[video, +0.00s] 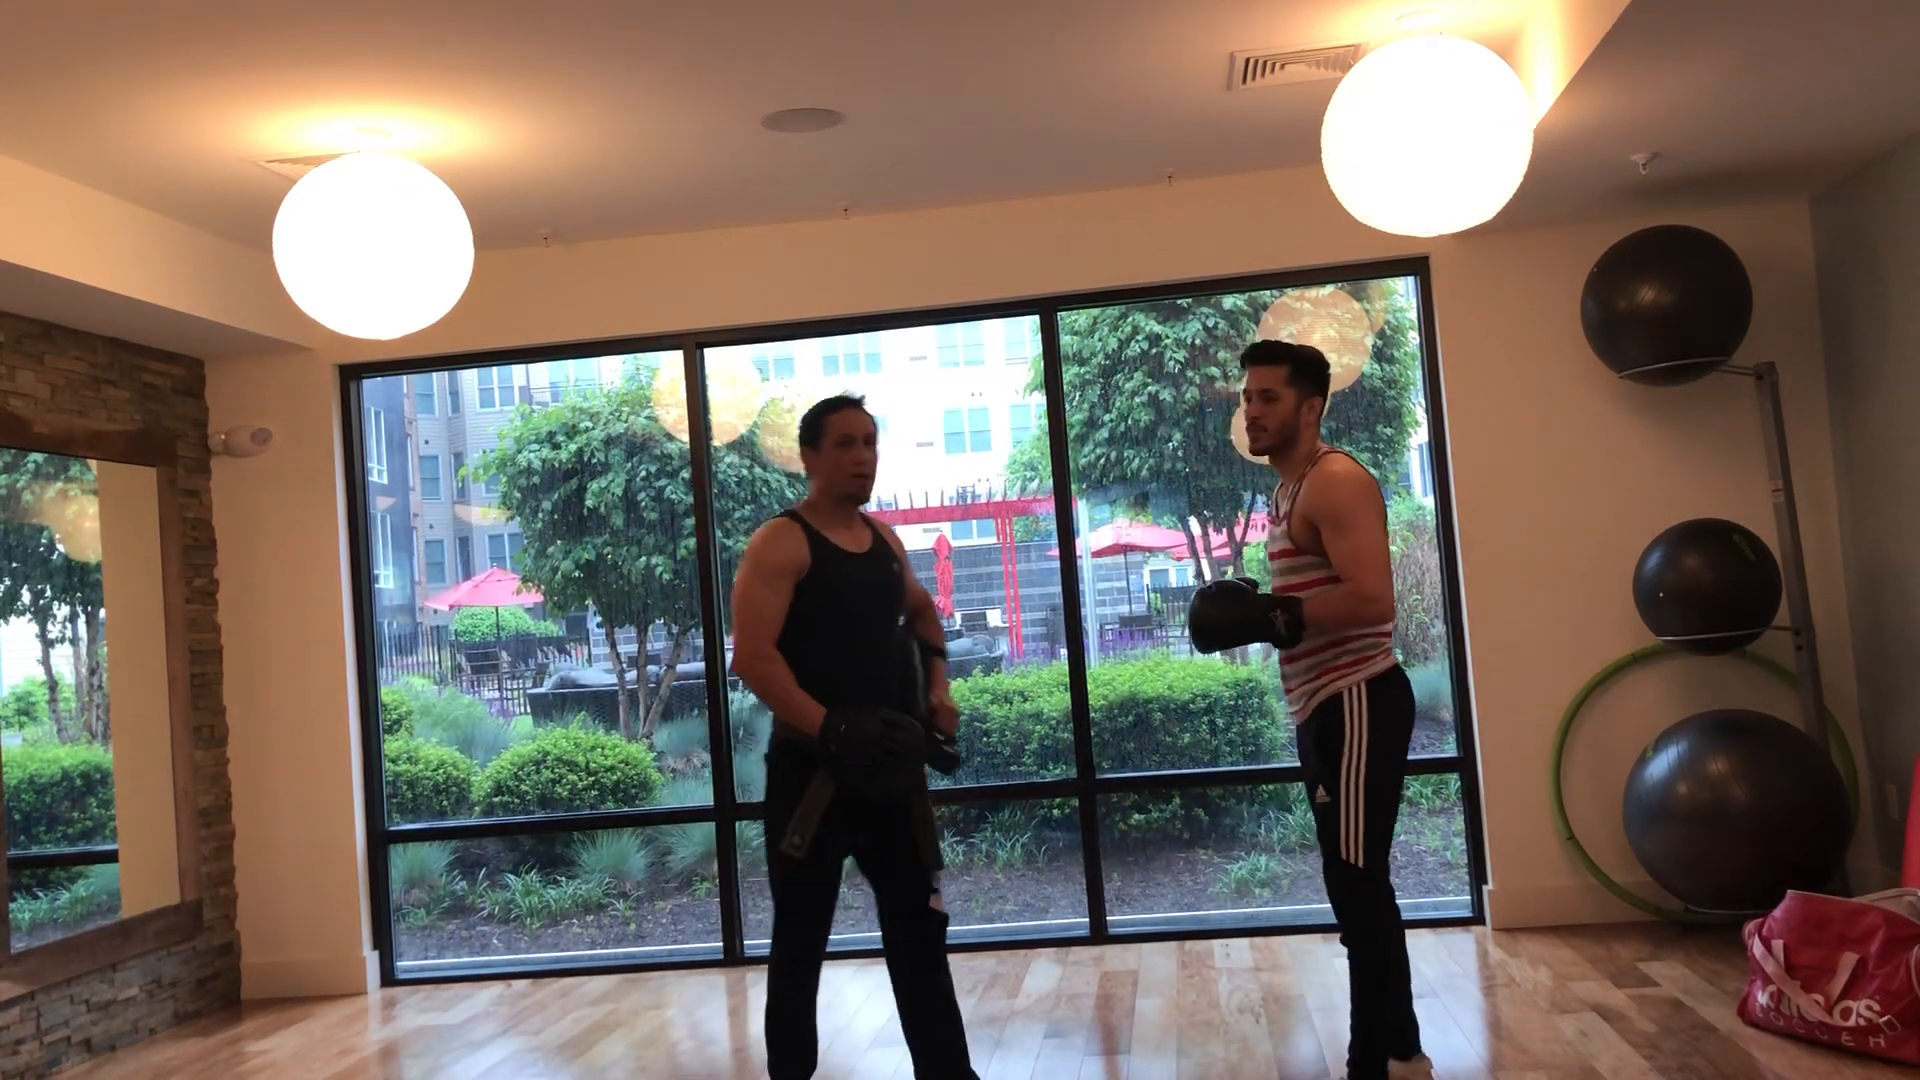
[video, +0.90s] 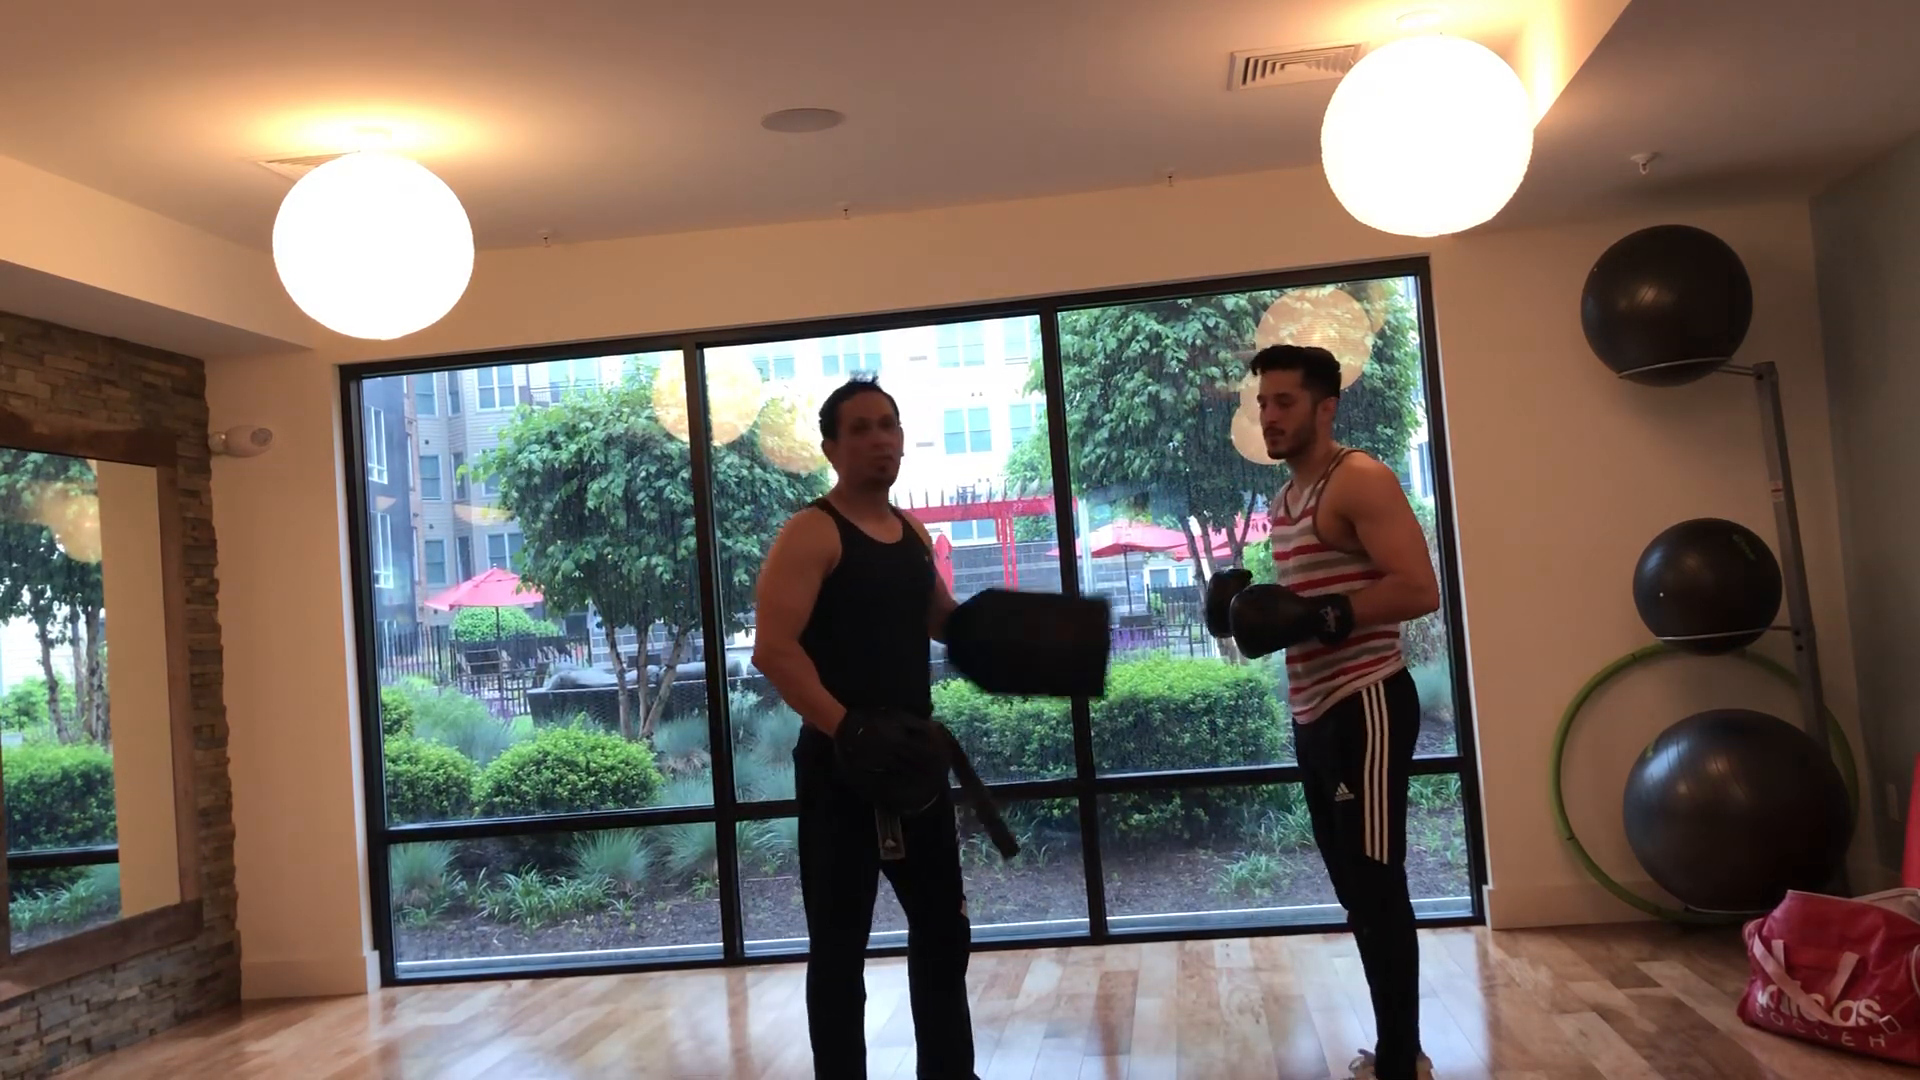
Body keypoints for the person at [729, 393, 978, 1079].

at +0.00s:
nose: (863, 457)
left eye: (870, 444)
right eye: (845, 445)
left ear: (878, 454)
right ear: (809, 458)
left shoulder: (881, 537)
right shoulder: (777, 544)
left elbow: (923, 618)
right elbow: (751, 657)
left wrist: (938, 686)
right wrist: (829, 728)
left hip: (890, 762)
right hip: (809, 768)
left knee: (918, 929)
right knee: (800, 940)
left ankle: (947, 1073)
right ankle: (790, 1073)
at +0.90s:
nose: (881, 438)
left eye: (889, 424)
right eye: (862, 428)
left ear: (903, 436)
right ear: (831, 448)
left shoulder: (910, 533)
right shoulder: (809, 533)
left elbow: (946, 622)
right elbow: (772, 649)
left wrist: (1021, 640)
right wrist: (850, 730)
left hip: (915, 754)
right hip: (836, 763)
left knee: (943, 936)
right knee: (838, 948)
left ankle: (949, 1074)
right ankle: (842, 1078)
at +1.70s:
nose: (977, 463)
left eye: (976, 449)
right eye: (965, 449)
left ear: (935, 457)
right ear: (919, 453)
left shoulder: (944, 534)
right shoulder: (865, 535)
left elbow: (945, 634)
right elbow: (842, 652)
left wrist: (1006, 658)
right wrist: (948, 672)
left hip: (946, 749)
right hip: (879, 753)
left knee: (973, 924)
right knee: (872, 937)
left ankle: (990, 1072)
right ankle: (849, 1076)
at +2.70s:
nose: (1015, 495)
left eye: (1017, 480)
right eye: (1011, 478)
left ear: (972, 474)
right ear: (971, 471)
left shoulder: (969, 549)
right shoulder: (888, 550)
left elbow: (971, 650)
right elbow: (877, 674)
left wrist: (1035, 678)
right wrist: (982, 700)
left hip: (964, 754)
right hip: (895, 760)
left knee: (1030, 909)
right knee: (898, 942)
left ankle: (1098, 1059)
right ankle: (873, 1076)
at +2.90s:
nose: (1052, 501)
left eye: (1053, 486)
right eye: (1046, 485)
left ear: (1007, 482)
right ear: (1007, 481)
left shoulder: (1011, 559)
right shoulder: (932, 560)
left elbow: (1028, 659)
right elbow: (877, 660)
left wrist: (1087, 603)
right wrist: (984, 676)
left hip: (1025, 769)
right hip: (959, 776)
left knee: (1100, 915)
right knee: (954, 954)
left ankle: (1137, 1065)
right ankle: (890, 1077)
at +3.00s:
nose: (1077, 492)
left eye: (1078, 478)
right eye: (1070, 478)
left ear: (1028, 479)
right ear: (1030, 476)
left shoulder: (1029, 560)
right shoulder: (966, 547)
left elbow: (1068, 649)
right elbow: (938, 631)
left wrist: (1119, 590)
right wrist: (1038, 611)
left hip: (1047, 763)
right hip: (991, 767)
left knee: (1124, 907)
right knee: (991, 947)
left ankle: (1143, 1061)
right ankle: (896, 1074)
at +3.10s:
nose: (1096, 488)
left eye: (1097, 475)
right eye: (1088, 473)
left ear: (1048, 473)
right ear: (1046, 469)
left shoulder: (1047, 541)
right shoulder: (1013, 528)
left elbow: (1093, 660)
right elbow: (1073, 590)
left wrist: (1175, 600)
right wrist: (1144, 549)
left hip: (1053, 754)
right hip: (1011, 754)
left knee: (1113, 909)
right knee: (1007, 931)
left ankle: (1142, 1060)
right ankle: (902, 1072)